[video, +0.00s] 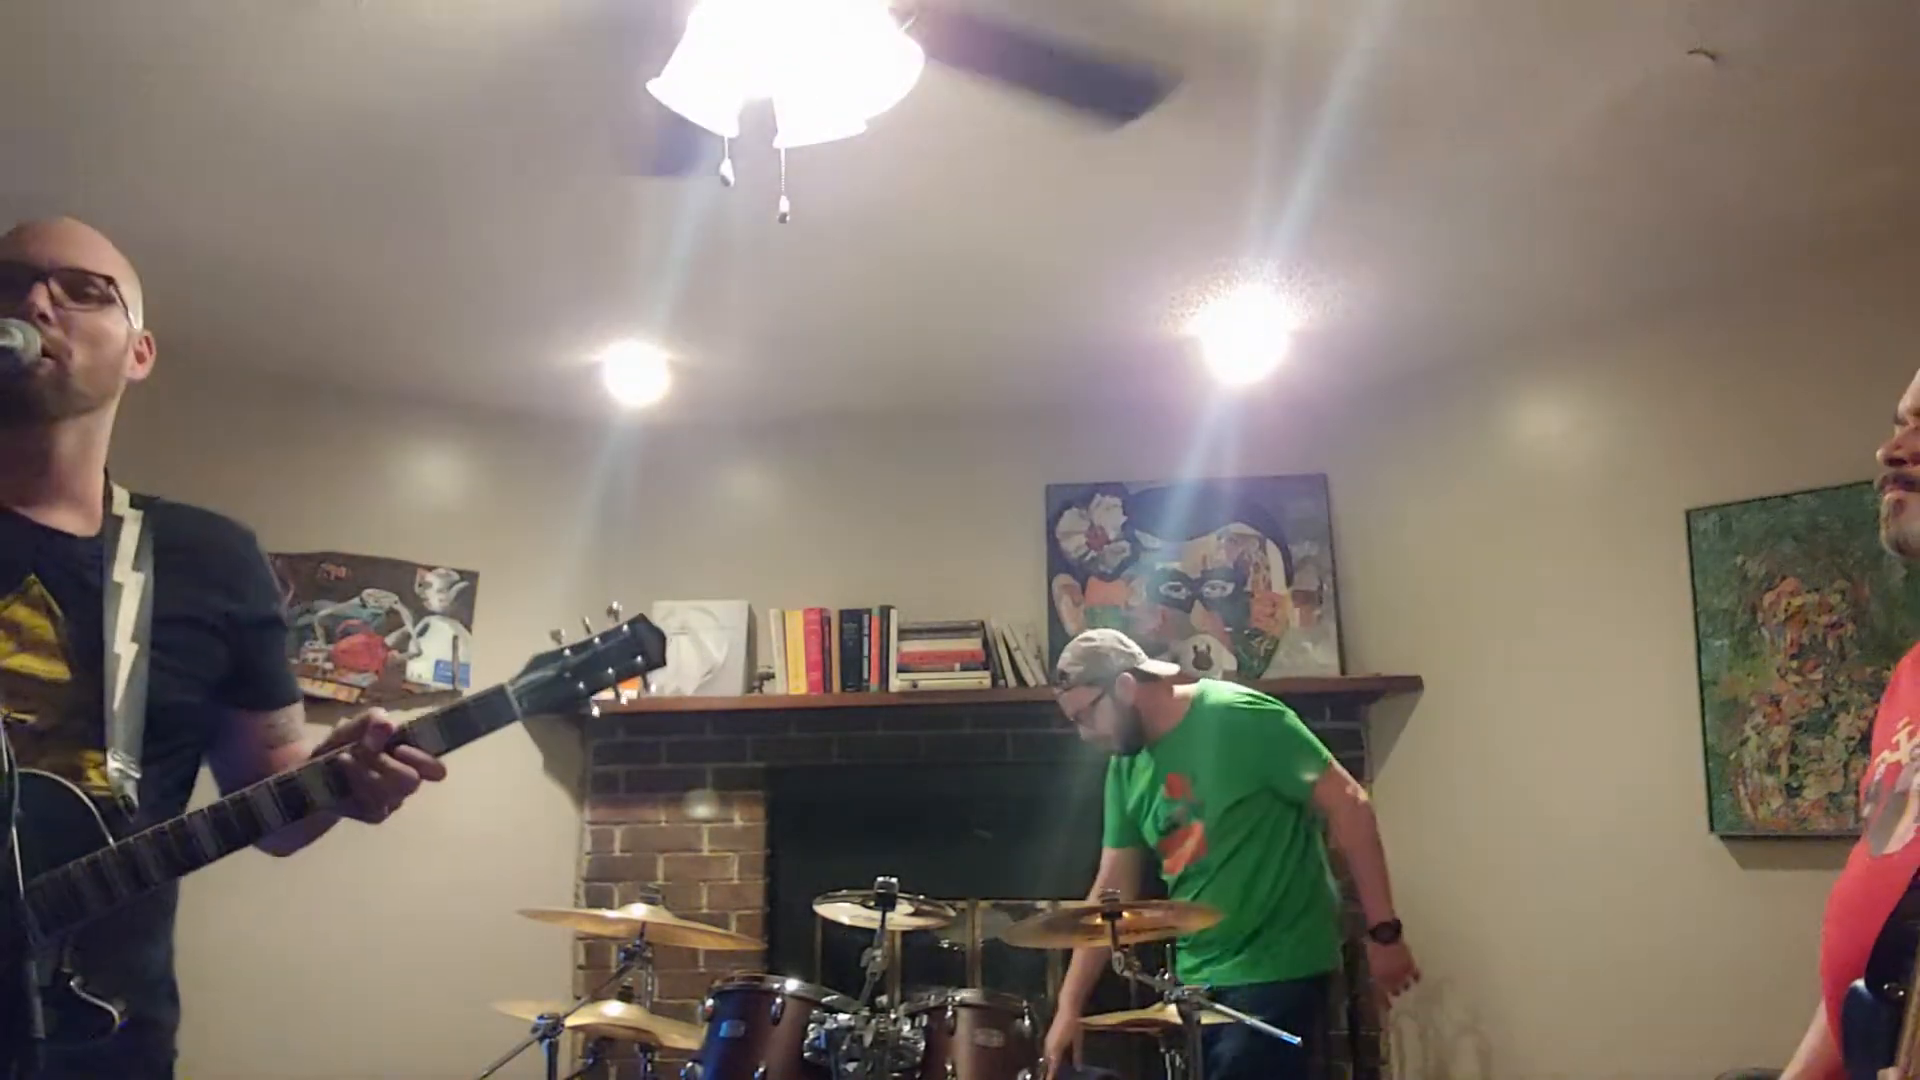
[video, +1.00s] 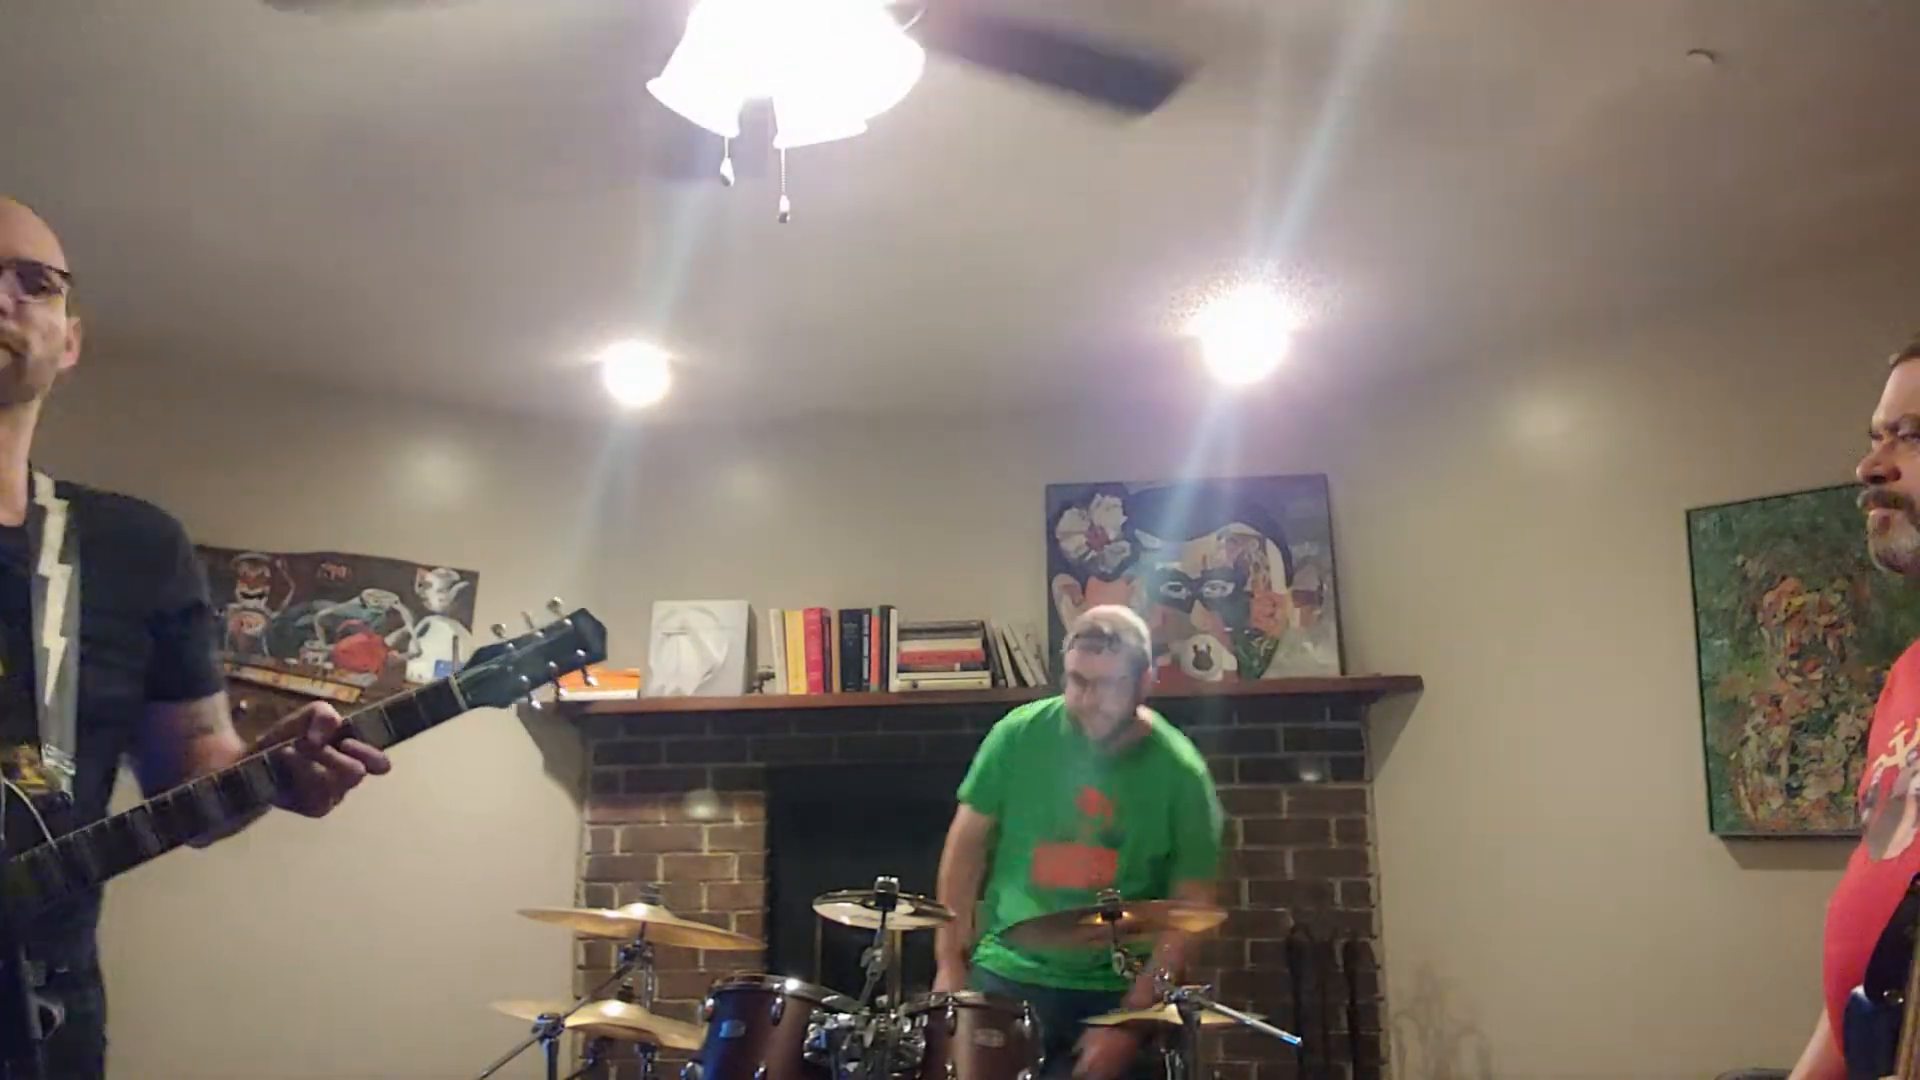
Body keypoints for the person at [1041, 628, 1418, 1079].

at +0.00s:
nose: (1086, 734)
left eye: (1086, 716)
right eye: (1077, 723)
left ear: (1125, 687)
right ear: (1125, 689)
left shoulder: (1241, 716)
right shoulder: (1126, 764)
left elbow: (1349, 803)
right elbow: (1111, 893)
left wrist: (1384, 931)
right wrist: (1069, 1005)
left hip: (1280, 976)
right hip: (1197, 980)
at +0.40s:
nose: (1077, 716)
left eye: (1082, 699)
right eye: (1069, 703)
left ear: (1126, 676)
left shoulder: (1241, 719)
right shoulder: (1099, 753)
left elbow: (1326, 816)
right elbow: (1087, 879)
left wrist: (1339, 942)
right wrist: (1057, 1001)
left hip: (1242, 977)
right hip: (1135, 970)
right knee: (1082, 1072)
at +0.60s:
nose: (1088, 685)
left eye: (1095, 669)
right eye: (1081, 672)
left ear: (1142, 650)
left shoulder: (1244, 719)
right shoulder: (1093, 729)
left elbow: (1319, 825)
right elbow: (1076, 855)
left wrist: (1329, 952)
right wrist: (1050, 966)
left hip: (1207, 973)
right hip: (1106, 960)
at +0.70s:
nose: (1093, 671)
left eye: (1106, 654)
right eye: (1086, 657)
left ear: (1157, 642)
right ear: (1082, 652)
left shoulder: (1242, 725)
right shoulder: (1084, 721)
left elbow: (1303, 841)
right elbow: (1059, 839)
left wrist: (1308, 962)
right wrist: (1031, 940)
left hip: (1192, 974)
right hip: (1088, 961)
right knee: (1046, 982)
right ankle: (1060, 1075)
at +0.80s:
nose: (1093, 665)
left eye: (1108, 650)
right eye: (1085, 650)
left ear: (1162, 642)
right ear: (1078, 647)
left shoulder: (1232, 736)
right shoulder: (1069, 718)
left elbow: (1276, 853)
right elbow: (1030, 840)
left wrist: (1262, 970)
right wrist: (998, 957)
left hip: (1170, 980)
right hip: (1061, 964)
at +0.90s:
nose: (1093, 675)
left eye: (1109, 660)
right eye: (1085, 658)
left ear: (1158, 657)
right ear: (1077, 651)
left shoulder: (1213, 754)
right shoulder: (1047, 723)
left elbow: (1239, 883)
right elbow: (1000, 836)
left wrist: (1199, 989)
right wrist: (973, 956)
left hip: (1145, 991)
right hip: (1029, 974)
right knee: (973, 1064)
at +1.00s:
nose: (1084, 700)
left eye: (1103, 686)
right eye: (1075, 681)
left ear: (1145, 682)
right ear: (1064, 670)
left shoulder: (1180, 772)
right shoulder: (1017, 738)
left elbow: (1192, 912)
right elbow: (965, 843)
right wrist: (949, 964)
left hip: (1116, 988)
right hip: (1007, 975)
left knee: (1115, 1064)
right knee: (963, 1064)